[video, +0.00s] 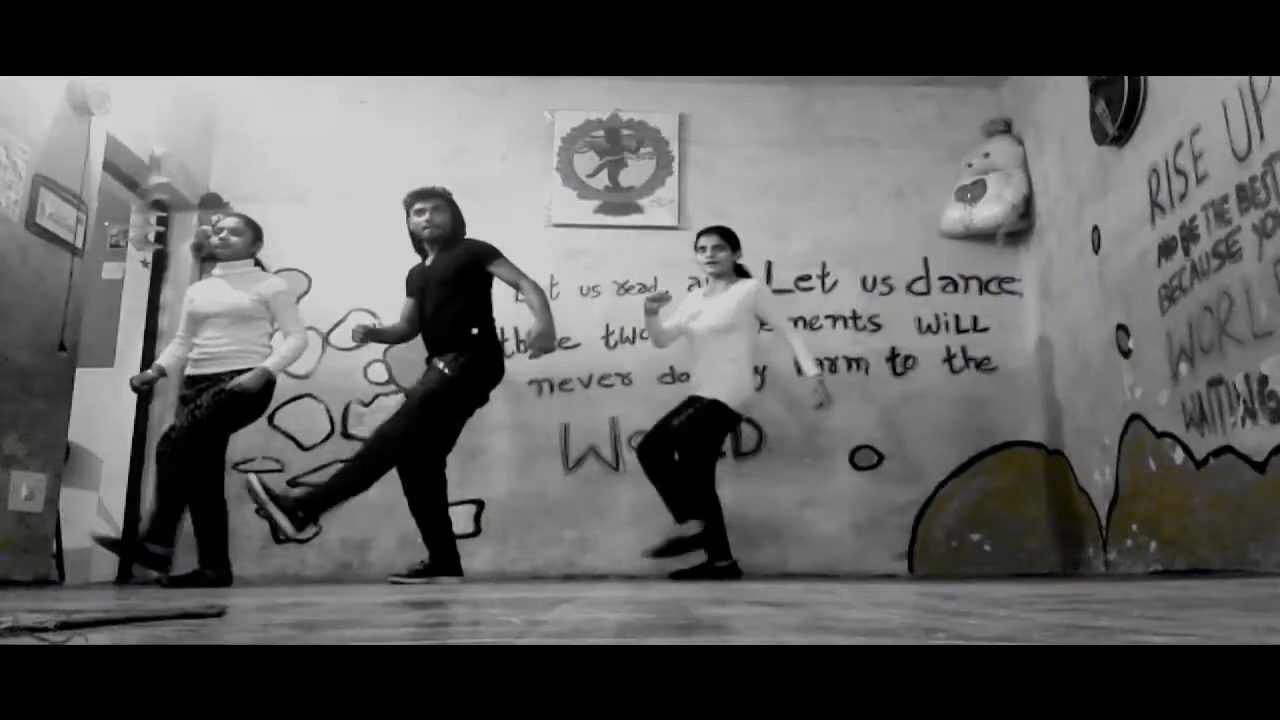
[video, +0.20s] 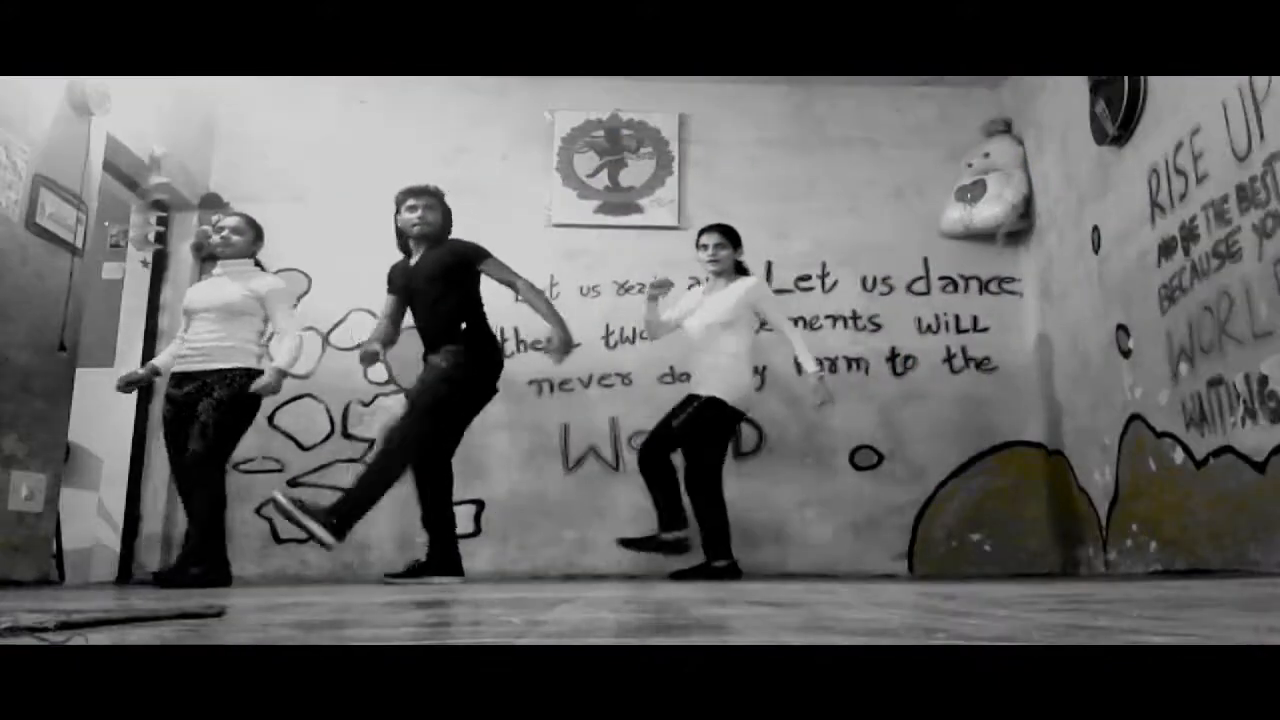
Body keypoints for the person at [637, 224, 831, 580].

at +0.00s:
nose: (710, 255)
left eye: (718, 249)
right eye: (703, 250)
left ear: (735, 254)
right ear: (697, 257)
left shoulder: (751, 291)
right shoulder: (696, 298)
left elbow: (790, 332)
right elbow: (661, 339)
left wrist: (814, 377)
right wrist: (651, 313)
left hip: (728, 392)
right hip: (703, 391)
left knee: (652, 448)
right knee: (697, 474)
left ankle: (690, 524)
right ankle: (720, 559)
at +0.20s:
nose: (711, 253)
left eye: (719, 247)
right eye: (704, 248)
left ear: (736, 252)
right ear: (698, 255)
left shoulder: (750, 288)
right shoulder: (698, 295)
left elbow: (789, 329)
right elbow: (654, 331)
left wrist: (813, 372)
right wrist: (652, 300)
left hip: (725, 392)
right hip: (704, 391)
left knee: (652, 452)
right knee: (702, 477)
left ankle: (673, 533)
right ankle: (721, 560)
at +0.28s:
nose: (727, 231)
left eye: (737, 223)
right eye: (718, 225)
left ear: (756, 230)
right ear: (711, 233)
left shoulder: (774, 273)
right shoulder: (708, 282)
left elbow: (817, 320)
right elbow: (659, 322)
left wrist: (853, 361)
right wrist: (657, 283)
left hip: (746, 400)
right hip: (719, 399)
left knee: (681, 484)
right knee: (719, 503)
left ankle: (645, 582)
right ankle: (737, 600)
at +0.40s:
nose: (729, 232)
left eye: (738, 224)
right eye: (721, 225)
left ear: (758, 230)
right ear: (713, 235)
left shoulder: (778, 272)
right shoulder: (712, 284)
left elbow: (826, 322)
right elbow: (667, 325)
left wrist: (870, 360)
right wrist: (663, 284)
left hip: (759, 399)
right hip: (725, 401)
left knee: (712, 493)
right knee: (700, 494)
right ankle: (723, 592)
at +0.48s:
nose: (734, 231)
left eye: (744, 224)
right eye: (725, 225)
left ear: (763, 230)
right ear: (718, 234)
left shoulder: (783, 273)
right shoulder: (712, 282)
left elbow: (835, 319)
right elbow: (672, 322)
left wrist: (884, 355)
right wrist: (673, 279)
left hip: (765, 399)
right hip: (723, 402)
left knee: (725, 495)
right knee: (715, 500)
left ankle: (759, 601)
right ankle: (735, 600)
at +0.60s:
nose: (752, 229)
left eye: (761, 222)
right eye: (744, 223)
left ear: (779, 230)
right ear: (732, 233)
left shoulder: (804, 277)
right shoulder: (718, 280)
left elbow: (868, 304)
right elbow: (654, 303)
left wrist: (926, 321)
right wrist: (672, 271)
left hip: (792, 408)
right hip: (732, 409)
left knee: (785, 509)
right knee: (725, 507)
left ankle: (778, 602)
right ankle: (736, 599)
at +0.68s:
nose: (766, 230)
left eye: (775, 223)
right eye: (756, 223)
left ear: (791, 232)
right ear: (743, 233)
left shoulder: (814, 281)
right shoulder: (724, 278)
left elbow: (876, 303)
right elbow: (660, 313)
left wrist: (920, 299)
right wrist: (652, 287)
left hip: (806, 410)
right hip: (744, 409)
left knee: (800, 512)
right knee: (742, 509)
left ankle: (781, 601)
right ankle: (738, 600)